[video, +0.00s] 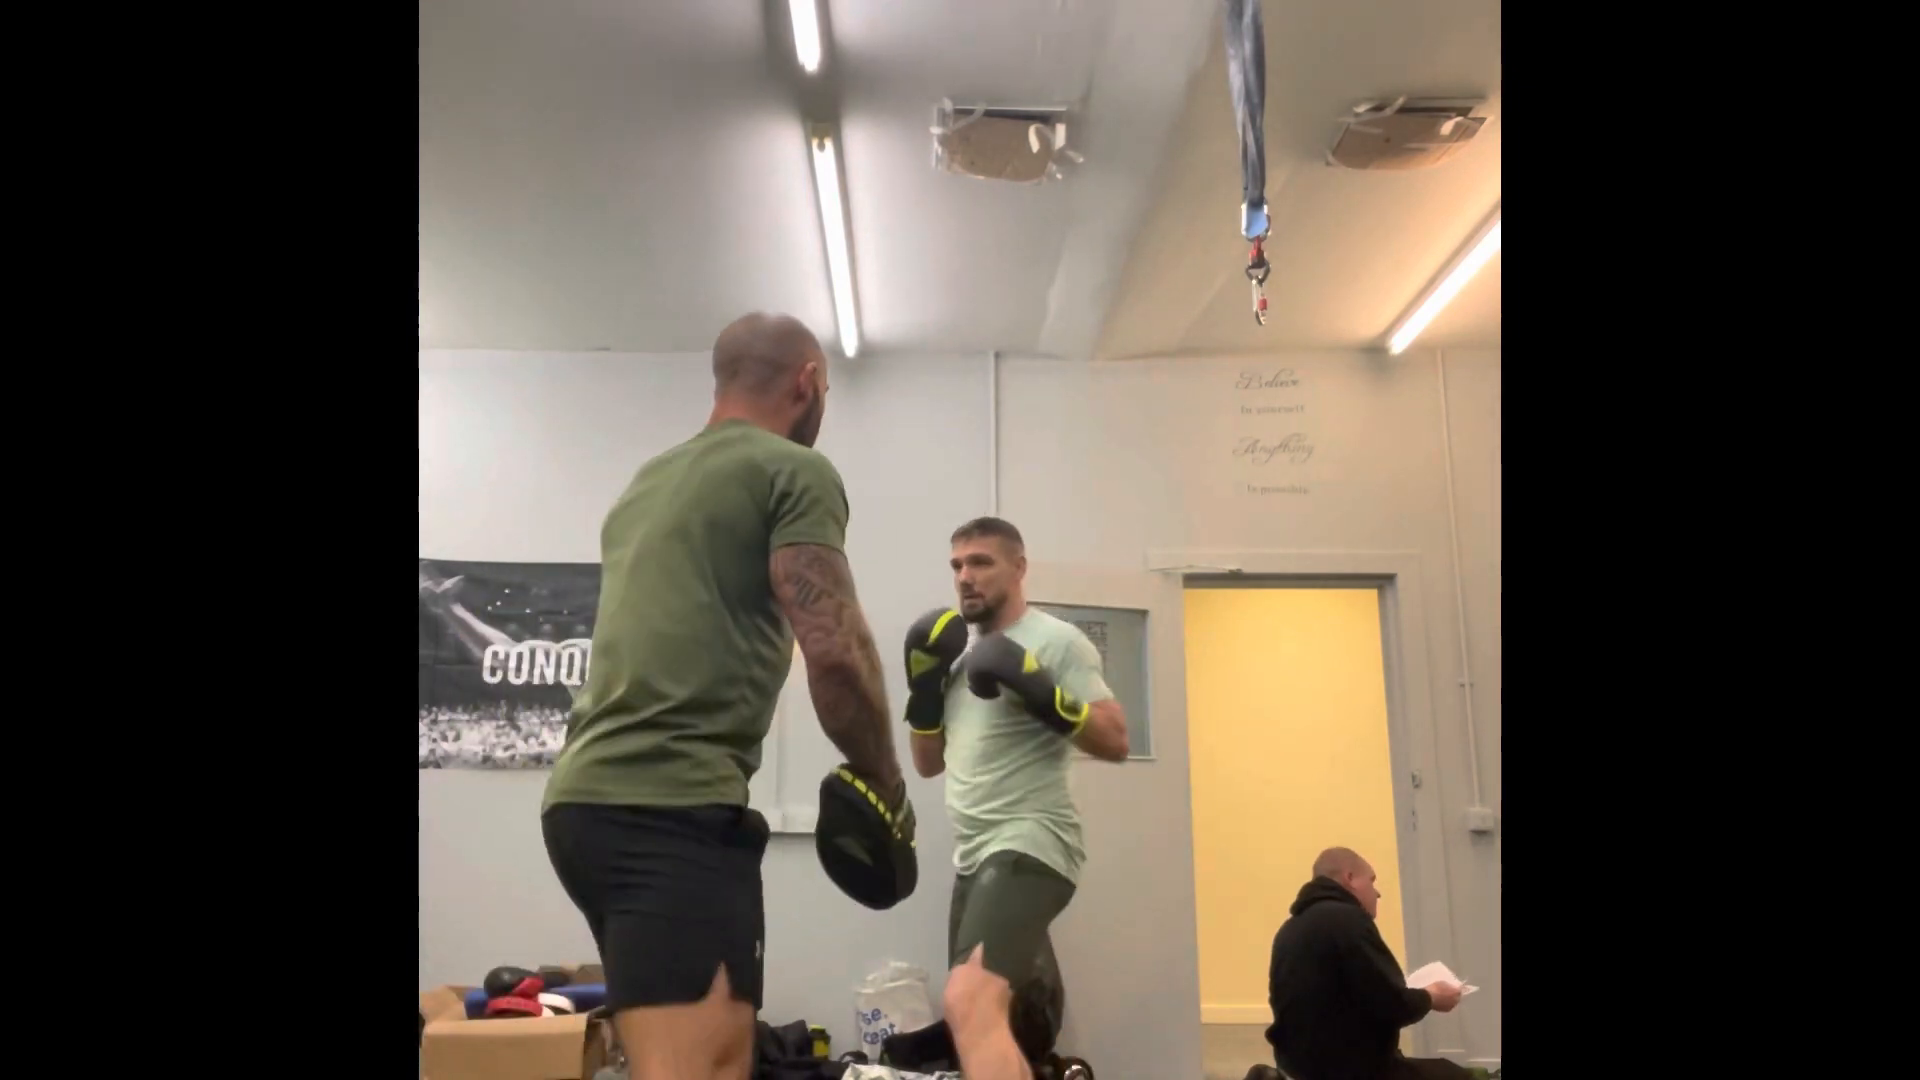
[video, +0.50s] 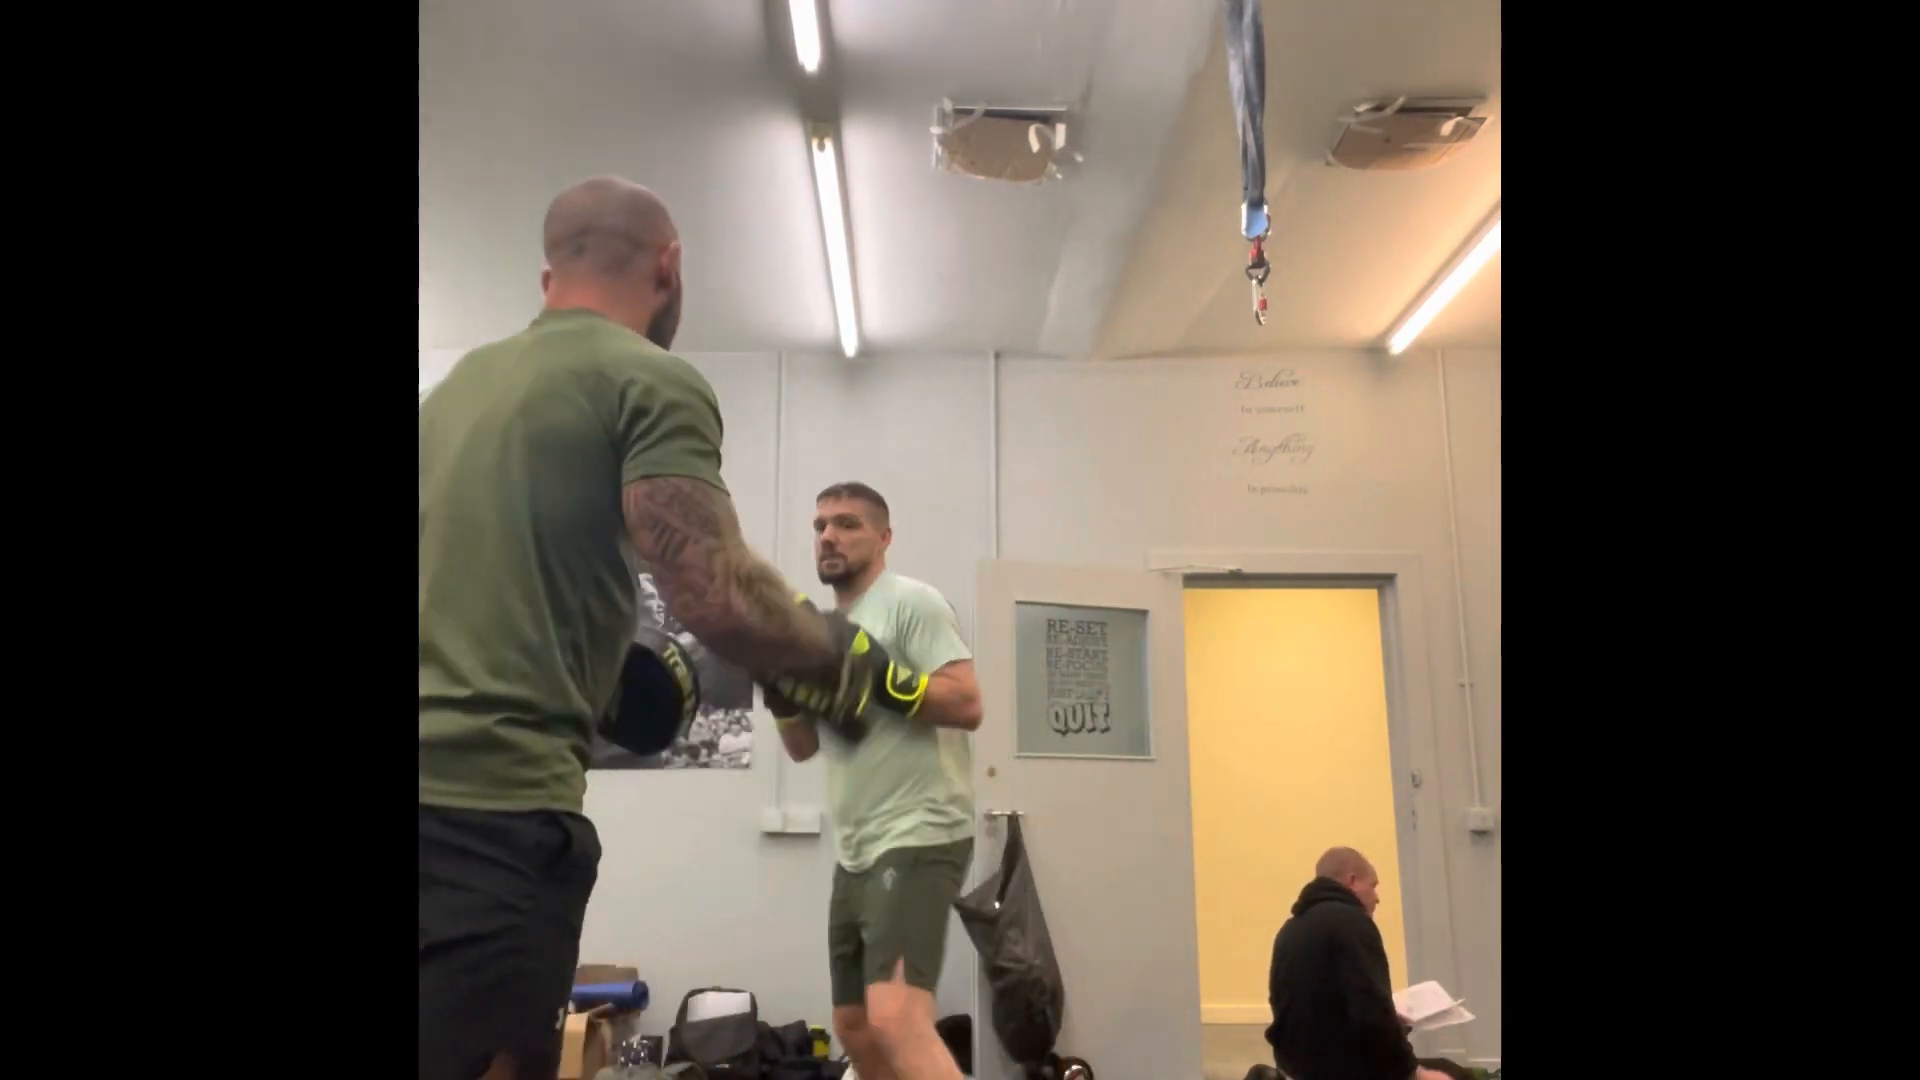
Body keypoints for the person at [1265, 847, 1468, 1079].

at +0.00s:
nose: (1377, 893)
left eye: (1374, 883)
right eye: (1372, 882)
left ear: (1325, 881)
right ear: (1349, 879)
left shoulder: (1288, 931)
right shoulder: (1347, 919)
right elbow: (1387, 1007)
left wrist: (1402, 992)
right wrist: (1430, 997)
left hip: (1302, 1069)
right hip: (1357, 1071)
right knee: (1456, 1072)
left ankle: (1273, 1075)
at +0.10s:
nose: (1375, 889)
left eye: (1372, 879)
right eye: (1369, 878)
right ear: (1346, 878)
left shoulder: (1288, 931)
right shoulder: (1348, 920)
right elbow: (1393, 1009)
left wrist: (1399, 992)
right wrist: (1426, 1000)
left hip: (1301, 1068)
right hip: (1357, 1070)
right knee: (1455, 1072)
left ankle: (1272, 1075)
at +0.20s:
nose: (1374, 890)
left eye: (1371, 880)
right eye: (1369, 880)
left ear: (1320, 881)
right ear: (1347, 880)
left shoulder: (1287, 931)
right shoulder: (1348, 920)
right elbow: (1390, 1009)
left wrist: (1400, 994)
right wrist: (1425, 1003)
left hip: (1302, 1069)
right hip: (1357, 1071)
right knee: (1457, 1073)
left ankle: (1272, 1075)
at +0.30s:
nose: (1375, 893)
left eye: (1372, 883)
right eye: (1370, 881)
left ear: (1320, 881)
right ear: (1347, 879)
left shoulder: (1287, 930)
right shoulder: (1347, 920)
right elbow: (1387, 1008)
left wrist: (1400, 1000)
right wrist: (1425, 1009)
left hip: (1302, 1068)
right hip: (1357, 1071)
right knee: (1454, 1072)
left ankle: (1271, 1075)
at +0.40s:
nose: (1376, 895)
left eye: (1374, 885)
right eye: (1371, 884)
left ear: (1326, 882)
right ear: (1347, 880)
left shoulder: (1288, 930)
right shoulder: (1350, 920)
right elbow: (1376, 1006)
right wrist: (1426, 1034)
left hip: (1302, 1067)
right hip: (1356, 1069)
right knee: (1460, 1072)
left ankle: (1272, 1074)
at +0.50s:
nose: (1377, 899)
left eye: (1376, 887)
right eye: (1373, 886)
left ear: (1323, 883)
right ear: (1352, 883)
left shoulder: (1290, 929)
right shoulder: (1352, 922)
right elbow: (1372, 1013)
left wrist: (1385, 1018)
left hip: (1299, 1065)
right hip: (1349, 1068)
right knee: (1449, 1070)